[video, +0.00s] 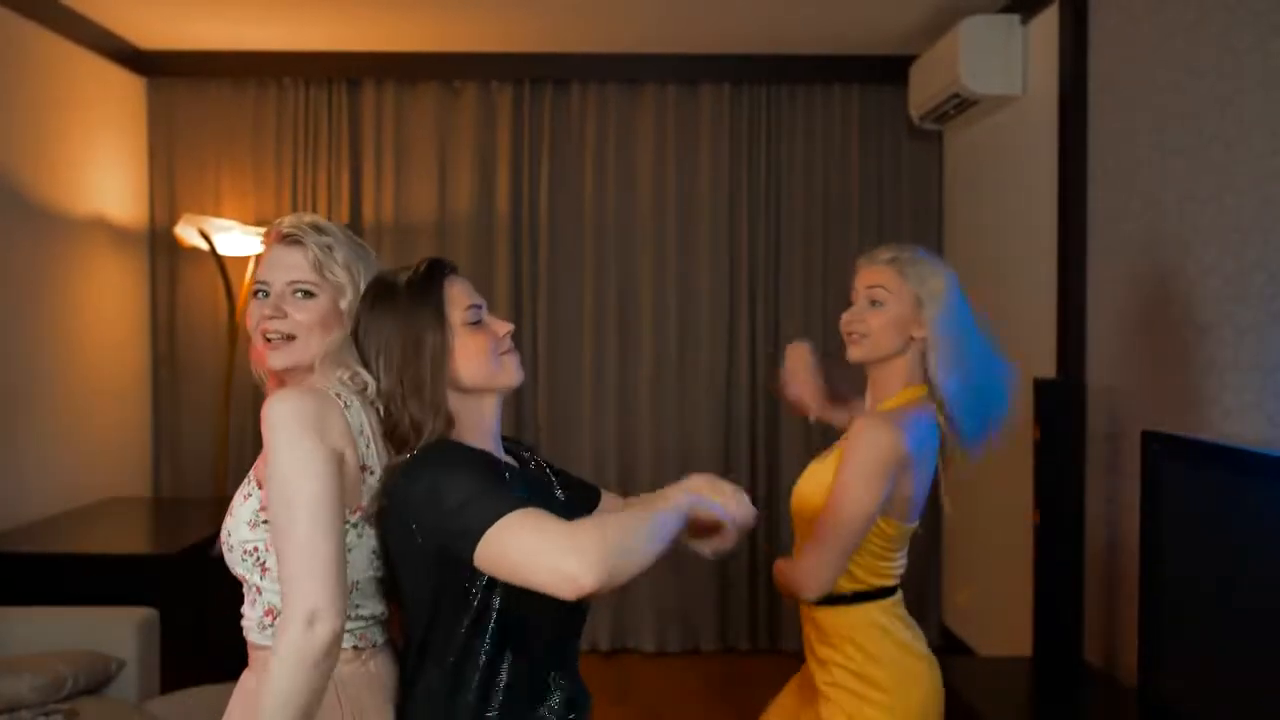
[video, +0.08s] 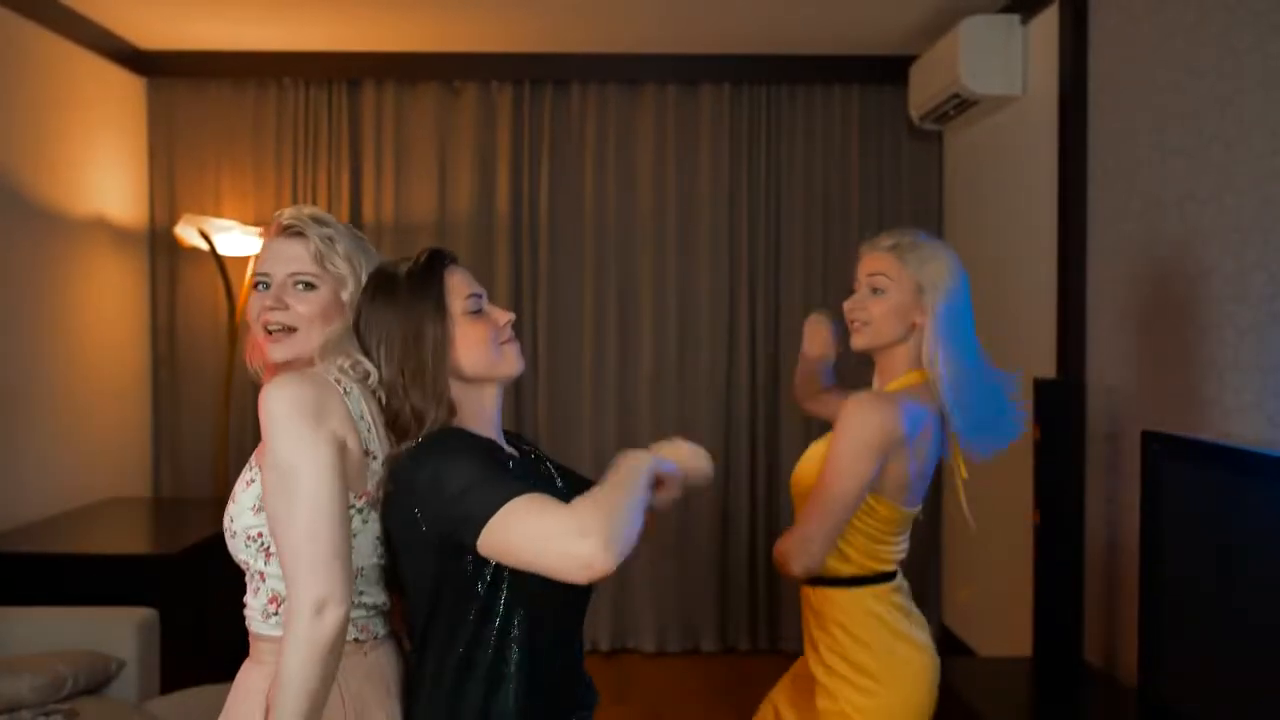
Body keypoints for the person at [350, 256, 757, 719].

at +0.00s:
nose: (505, 326)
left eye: (490, 313)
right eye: (475, 319)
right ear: (423, 354)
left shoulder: (517, 464)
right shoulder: (432, 479)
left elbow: (620, 511)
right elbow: (574, 565)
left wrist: (685, 515)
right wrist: (680, 498)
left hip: (552, 704)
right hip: (470, 708)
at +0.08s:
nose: (505, 315)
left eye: (490, 302)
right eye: (475, 308)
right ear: (423, 343)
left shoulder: (517, 455)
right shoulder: (436, 468)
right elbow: (586, 550)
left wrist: (642, 493)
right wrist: (636, 463)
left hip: (559, 701)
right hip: (478, 706)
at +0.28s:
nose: (511, 300)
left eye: (497, 287)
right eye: (482, 291)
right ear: (427, 323)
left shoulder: (505, 437)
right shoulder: (438, 445)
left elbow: (636, 512)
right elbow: (605, 530)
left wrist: (591, 419)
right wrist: (577, 414)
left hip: (545, 697)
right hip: (489, 702)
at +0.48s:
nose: (518, 318)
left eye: (505, 305)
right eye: (489, 310)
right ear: (436, 340)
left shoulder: (514, 459)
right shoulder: (436, 470)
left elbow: (582, 525)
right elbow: (595, 538)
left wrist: (654, 472)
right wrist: (661, 455)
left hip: (555, 702)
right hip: (492, 706)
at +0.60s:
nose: (520, 321)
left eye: (506, 308)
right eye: (491, 311)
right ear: (437, 340)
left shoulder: (493, 461)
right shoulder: (454, 471)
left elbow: (609, 513)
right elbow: (604, 562)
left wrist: (692, 487)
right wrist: (700, 484)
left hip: (533, 701)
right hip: (495, 706)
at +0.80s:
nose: (528, 332)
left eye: (513, 319)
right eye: (497, 326)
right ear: (446, 361)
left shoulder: (537, 466)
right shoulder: (465, 489)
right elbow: (610, 590)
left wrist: (651, 487)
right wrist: (627, 481)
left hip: (554, 704)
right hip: (490, 707)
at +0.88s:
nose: (529, 329)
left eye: (514, 316)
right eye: (499, 322)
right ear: (448, 356)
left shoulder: (538, 462)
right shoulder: (461, 486)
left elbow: (658, 508)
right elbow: (606, 583)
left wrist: (637, 463)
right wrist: (631, 467)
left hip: (564, 702)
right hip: (486, 707)